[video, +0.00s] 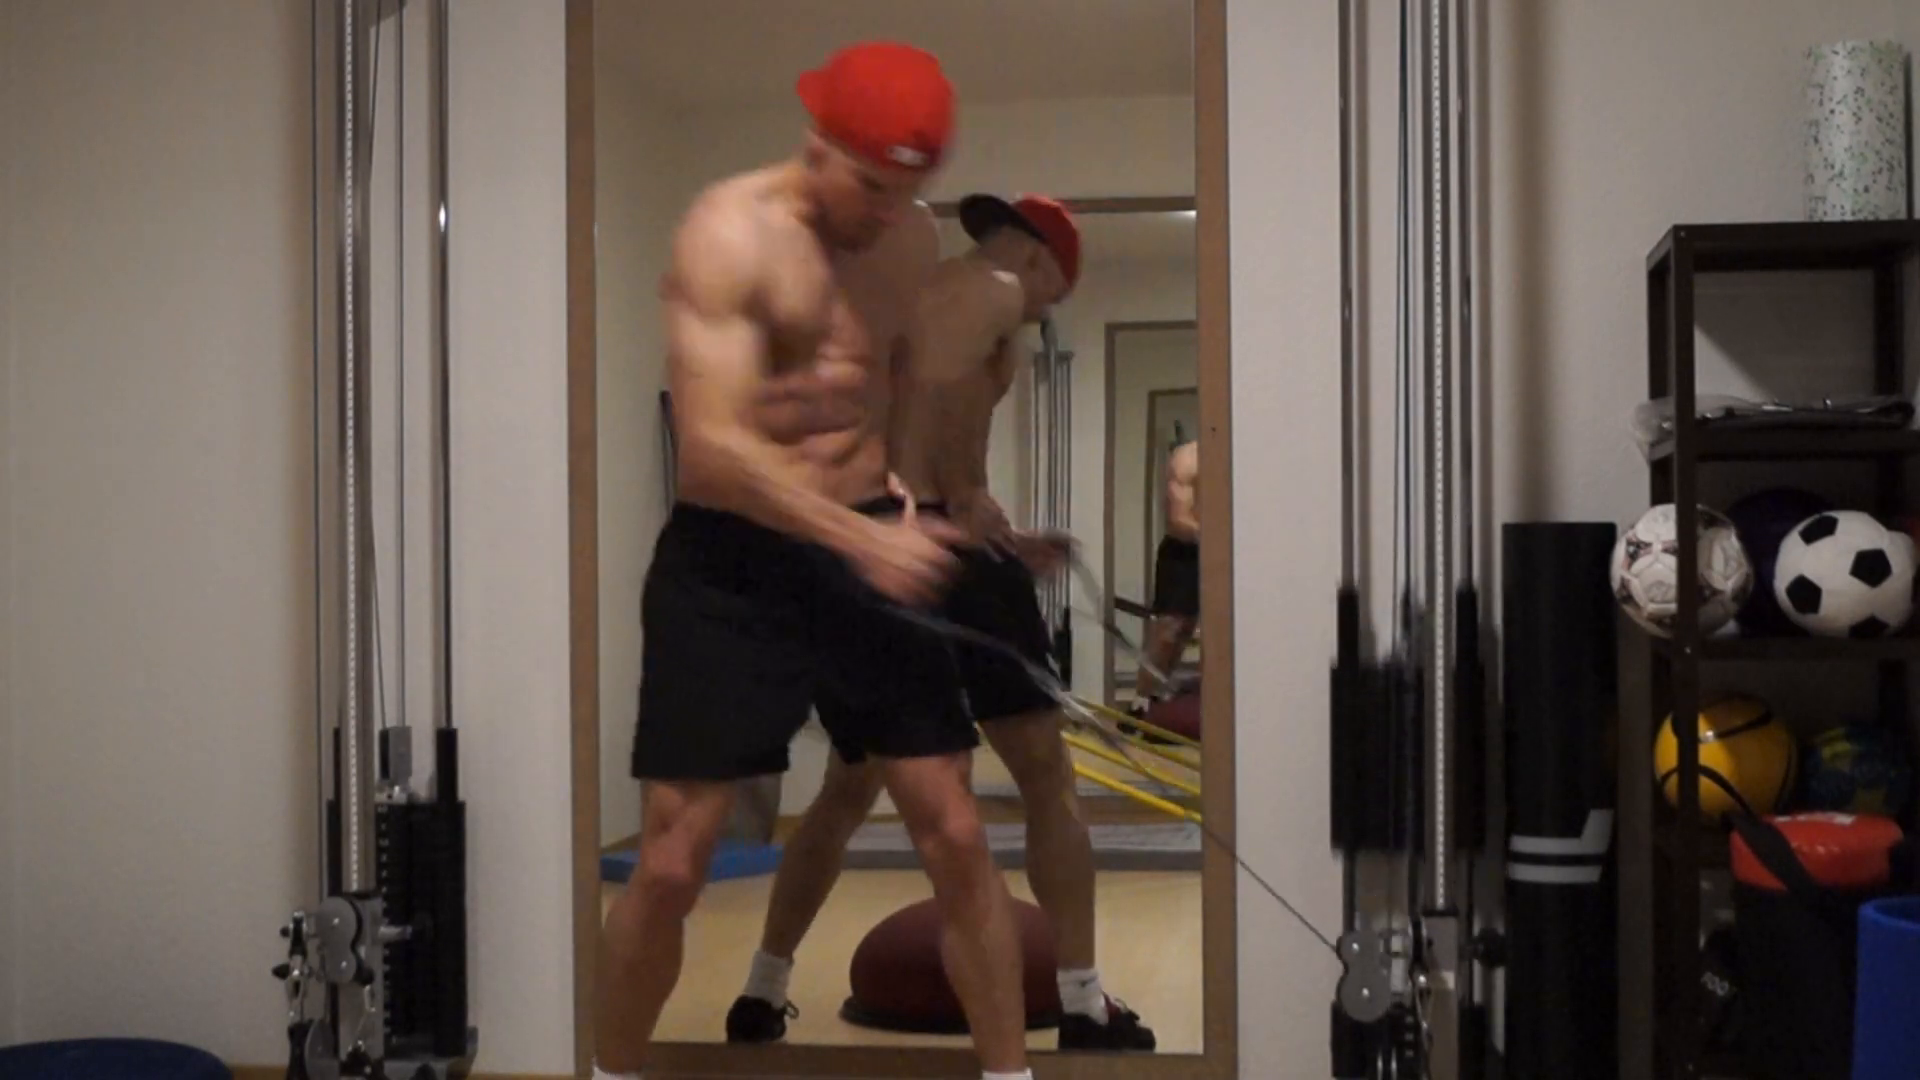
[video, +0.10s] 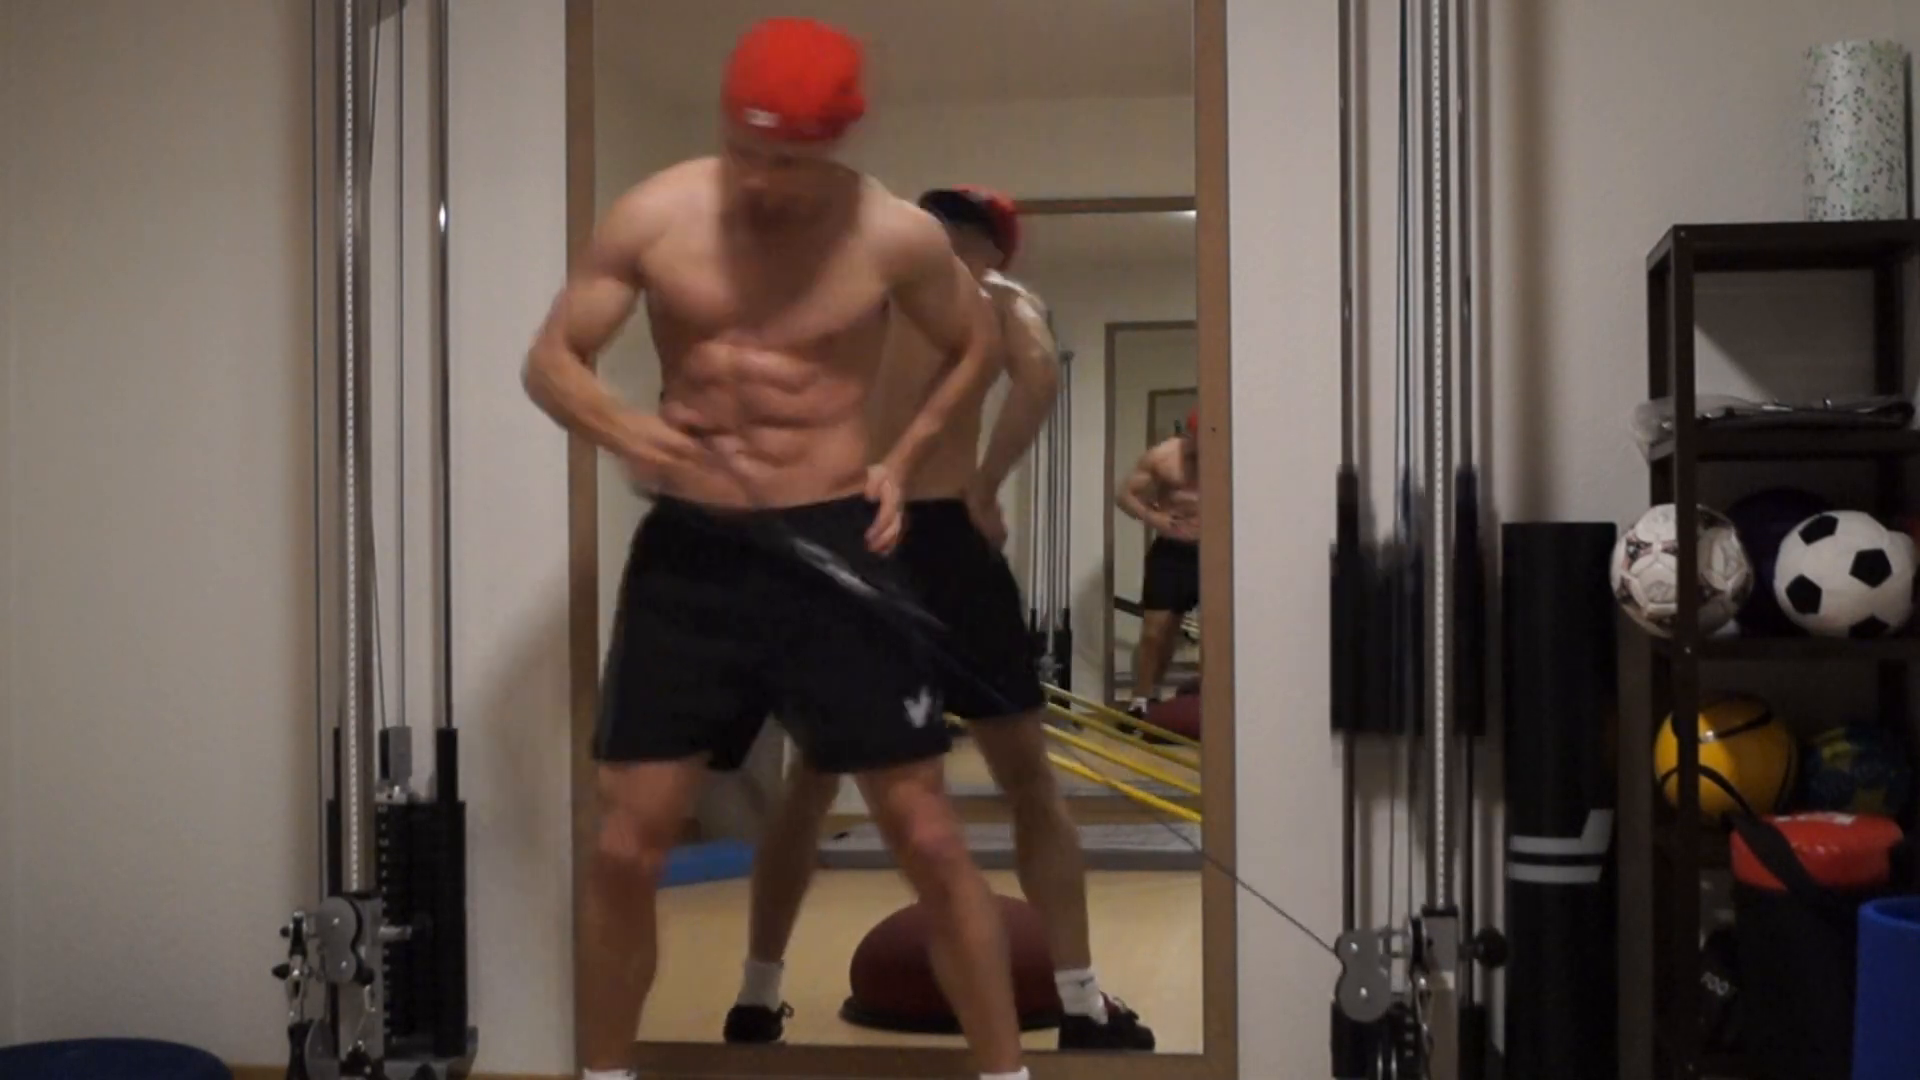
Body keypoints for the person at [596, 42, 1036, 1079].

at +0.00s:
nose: (890, 208)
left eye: (906, 187)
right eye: (871, 182)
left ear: (923, 170)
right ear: (817, 141)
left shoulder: (906, 237)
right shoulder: (729, 228)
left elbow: (888, 383)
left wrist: (902, 495)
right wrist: (860, 537)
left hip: (862, 551)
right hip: (728, 564)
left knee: (958, 835)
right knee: (670, 868)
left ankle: (1009, 1075)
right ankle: (613, 1074)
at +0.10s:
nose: (767, 175)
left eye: (795, 156)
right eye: (751, 148)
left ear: (842, 144)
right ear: (725, 126)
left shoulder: (896, 237)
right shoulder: (653, 216)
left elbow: (978, 348)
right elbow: (549, 361)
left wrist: (900, 461)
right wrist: (627, 431)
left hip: (842, 564)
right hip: (691, 563)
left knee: (930, 841)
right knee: (622, 851)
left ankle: (1004, 1073)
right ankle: (605, 1075)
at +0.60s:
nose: (834, 169)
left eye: (855, 147)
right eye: (814, 142)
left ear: (877, 132)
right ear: (756, 107)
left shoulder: (904, 228)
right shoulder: (682, 219)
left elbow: (939, 349)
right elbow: (587, 401)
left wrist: (899, 469)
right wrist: (739, 464)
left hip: (857, 560)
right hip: (709, 564)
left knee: (952, 833)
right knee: (647, 855)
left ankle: (1011, 1075)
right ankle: (602, 1077)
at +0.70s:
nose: (932, 179)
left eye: (944, 157)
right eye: (918, 151)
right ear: (846, 123)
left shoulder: (889, 233)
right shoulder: (752, 225)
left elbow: (855, 423)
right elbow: (736, 449)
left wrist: (915, 513)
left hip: (870, 557)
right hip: (746, 564)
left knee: (970, 837)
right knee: (676, 866)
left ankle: (1014, 1073)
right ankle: (613, 1073)